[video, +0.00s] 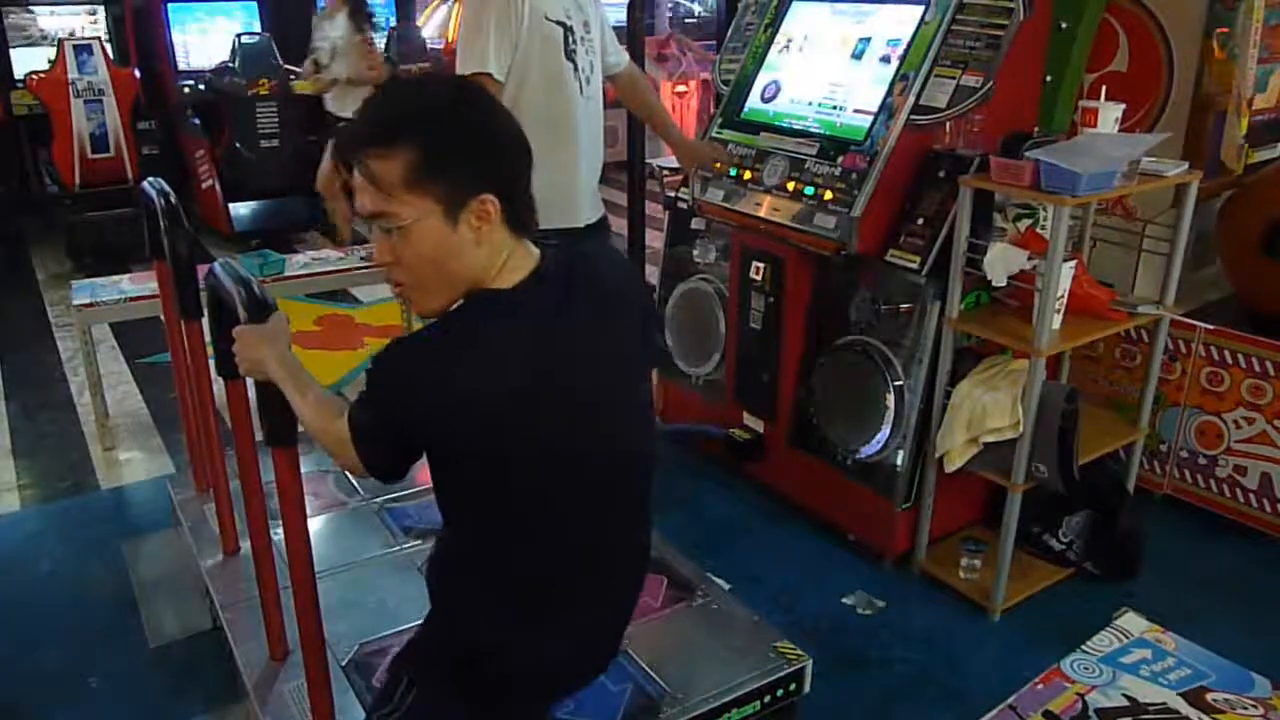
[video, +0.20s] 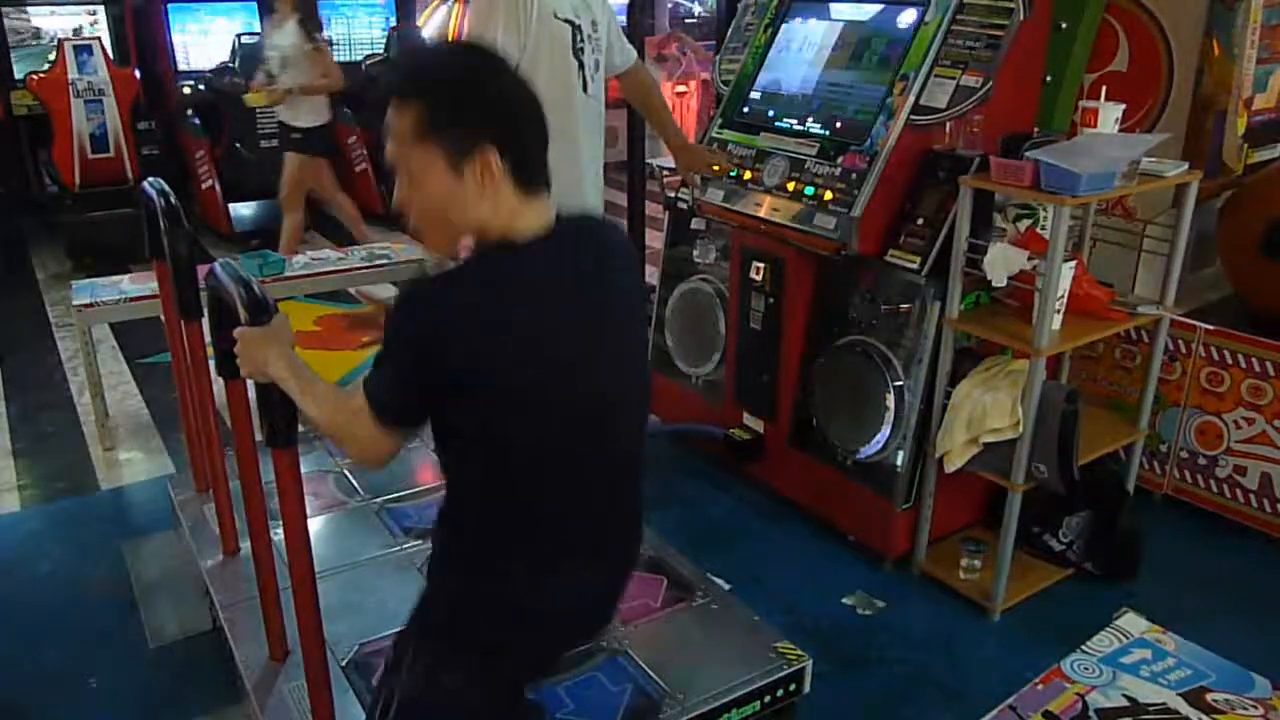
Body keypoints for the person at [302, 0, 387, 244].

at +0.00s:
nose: (326, 1)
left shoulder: (359, 26)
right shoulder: (320, 23)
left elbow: (379, 72)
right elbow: (318, 57)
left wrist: (336, 79)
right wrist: (309, 69)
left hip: (353, 116)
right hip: (330, 113)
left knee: (326, 184)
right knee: (356, 182)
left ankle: (344, 243)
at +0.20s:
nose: (278, 0)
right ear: (275, 1)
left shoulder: (306, 28)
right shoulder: (270, 27)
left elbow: (336, 80)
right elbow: (271, 71)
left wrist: (292, 89)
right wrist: (260, 83)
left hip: (311, 125)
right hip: (290, 124)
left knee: (290, 198)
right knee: (329, 193)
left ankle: (285, 266)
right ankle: (369, 245)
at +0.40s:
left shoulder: (255, 26)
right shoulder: (221, 22)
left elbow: (281, 83)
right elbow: (219, 67)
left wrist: (233, 90)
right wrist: (206, 80)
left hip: (265, 125)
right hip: (235, 124)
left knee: (269, 210)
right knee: (233, 204)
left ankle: (281, 274)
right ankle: (279, 220)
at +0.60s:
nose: (169, 3)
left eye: (173, 0)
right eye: (168, 1)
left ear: (187, 2)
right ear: (168, 4)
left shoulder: (202, 35)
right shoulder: (167, 30)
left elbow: (225, 92)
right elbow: (172, 77)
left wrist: (172, 98)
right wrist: (147, 86)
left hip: (218, 137)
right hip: (187, 136)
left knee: (243, 208)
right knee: (165, 209)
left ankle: (270, 264)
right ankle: (175, 274)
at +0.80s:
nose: (108, 2)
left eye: (113, 1)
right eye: (108, 1)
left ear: (123, 1)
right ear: (109, 5)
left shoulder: (142, 36)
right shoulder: (106, 37)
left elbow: (169, 92)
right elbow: (115, 83)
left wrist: (110, 102)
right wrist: (93, 89)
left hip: (156, 144)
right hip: (122, 143)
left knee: (170, 223)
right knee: (123, 220)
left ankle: (230, 260)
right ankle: (134, 292)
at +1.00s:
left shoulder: (77, 31)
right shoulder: (54, 28)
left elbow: (111, 90)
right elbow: (66, 79)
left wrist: (53, 98)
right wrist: (36, 85)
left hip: (94, 142)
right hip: (78, 141)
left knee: (63, 224)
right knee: (107, 220)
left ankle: (111, 282)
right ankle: (133, 283)